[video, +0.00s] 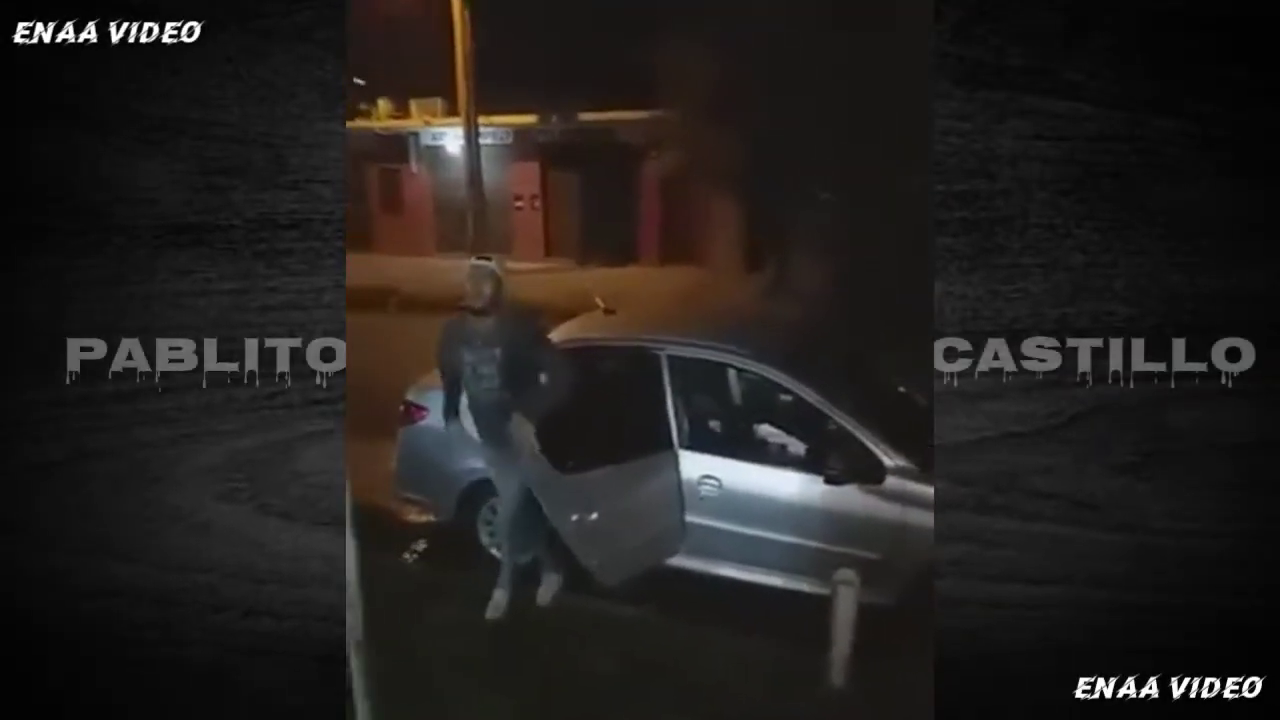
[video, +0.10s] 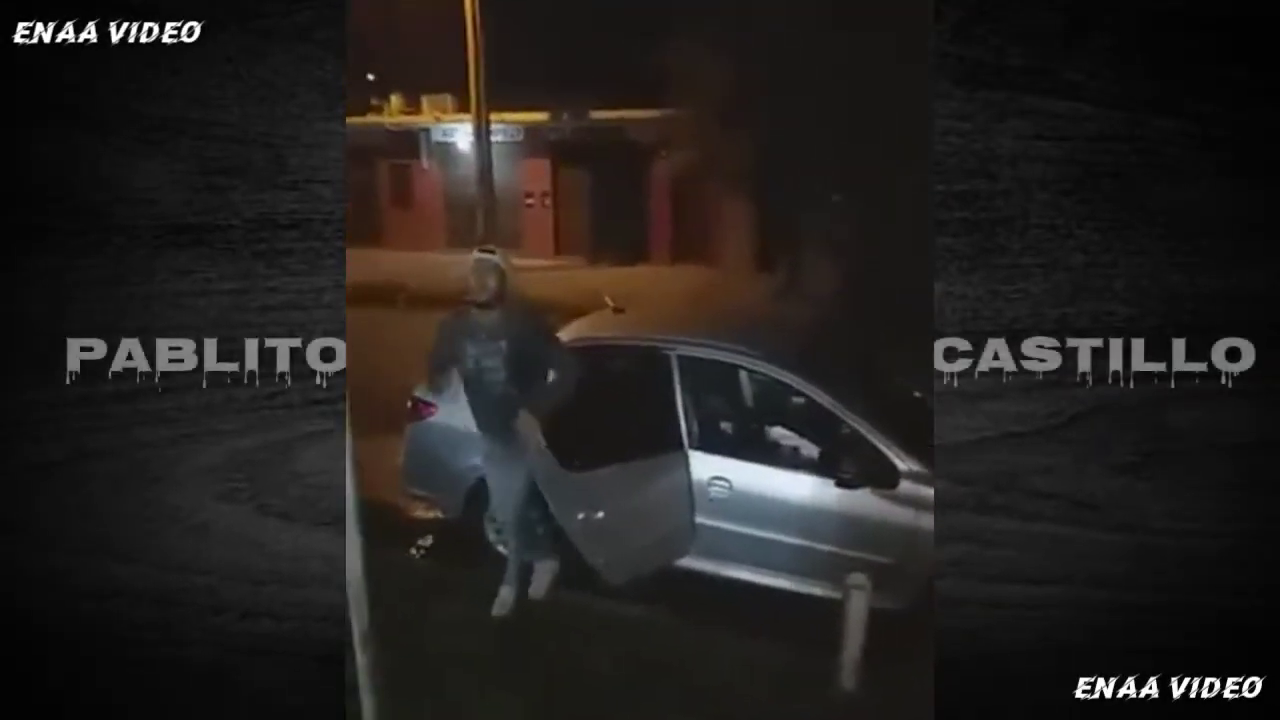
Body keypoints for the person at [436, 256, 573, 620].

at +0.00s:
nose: (477, 291)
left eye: (484, 284)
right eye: (472, 284)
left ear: (496, 286)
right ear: (466, 288)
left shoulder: (518, 325)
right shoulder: (456, 329)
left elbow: (559, 372)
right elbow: (450, 373)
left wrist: (531, 412)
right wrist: (451, 414)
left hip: (518, 422)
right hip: (483, 423)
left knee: (509, 505)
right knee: (515, 499)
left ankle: (503, 586)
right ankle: (550, 568)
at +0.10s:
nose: (479, 283)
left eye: (486, 275)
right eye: (474, 275)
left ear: (501, 280)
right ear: (468, 281)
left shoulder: (523, 321)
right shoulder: (457, 326)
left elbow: (566, 371)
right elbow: (437, 372)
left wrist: (535, 411)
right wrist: (437, 383)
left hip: (523, 429)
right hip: (488, 428)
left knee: (506, 509)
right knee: (512, 501)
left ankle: (510, 581)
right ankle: (545, 557)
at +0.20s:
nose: (490, 282)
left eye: (497, 273)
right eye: (484, 274)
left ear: (512, 276)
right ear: (478, 278)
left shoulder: (533, 318)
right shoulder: (472, 321)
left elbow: (576, 364)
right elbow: (439, 373)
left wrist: (547, 409)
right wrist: (458, 333)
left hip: (529, 431)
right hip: (494, 430)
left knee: (522, 515)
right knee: (496, 511)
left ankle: (522, 580)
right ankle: (521, 554)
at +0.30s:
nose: (500, 275)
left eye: (508, 268)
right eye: (497, 267)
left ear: (524, 273)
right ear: (493, 274)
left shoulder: (548, 318)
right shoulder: (487, 321)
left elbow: (589, 360)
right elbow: (458, 364)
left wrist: (561, 405)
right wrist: (482, 310)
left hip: (541, 435)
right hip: (504, 433)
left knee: (535, 515)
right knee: (499, 510)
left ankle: (538, 580)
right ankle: (515, 552)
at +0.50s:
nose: (505, 285)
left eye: (512, 277)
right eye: (500, 276)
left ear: (526, 283)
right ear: (492, 282)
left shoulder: (544, 326)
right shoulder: (478, 327)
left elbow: (586, 363)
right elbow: (469, 372)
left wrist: (562, 409)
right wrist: (496, 324)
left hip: (534, 435)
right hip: (492, 434)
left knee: (535, 520)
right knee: (496, 513)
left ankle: (543, 587)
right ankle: (488, 564)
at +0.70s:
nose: (501, 296)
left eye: (508, 288)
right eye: (495, 287)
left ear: (519, 293)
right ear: (483, 292)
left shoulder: (535, 330)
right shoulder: (466, 331)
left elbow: (572, 364)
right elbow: (469, 381)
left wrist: (558, 409)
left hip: (521, 441)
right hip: (476, 440)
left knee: (527, 522)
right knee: (483, 519)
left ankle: (541, 593)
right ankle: (487, 576)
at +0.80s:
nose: (506, 298)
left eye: (511, 290)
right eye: (499, 290)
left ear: (518, 294)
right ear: (481, 295)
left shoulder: (527, 330)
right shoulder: (463, 331)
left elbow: (562, 362)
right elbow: (457, 386)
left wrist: (552, 409)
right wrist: (449, 432)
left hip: (514, 443)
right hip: (470, 442)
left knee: (520, 522)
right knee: (477, 520)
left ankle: (533, 592)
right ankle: (482, 575)